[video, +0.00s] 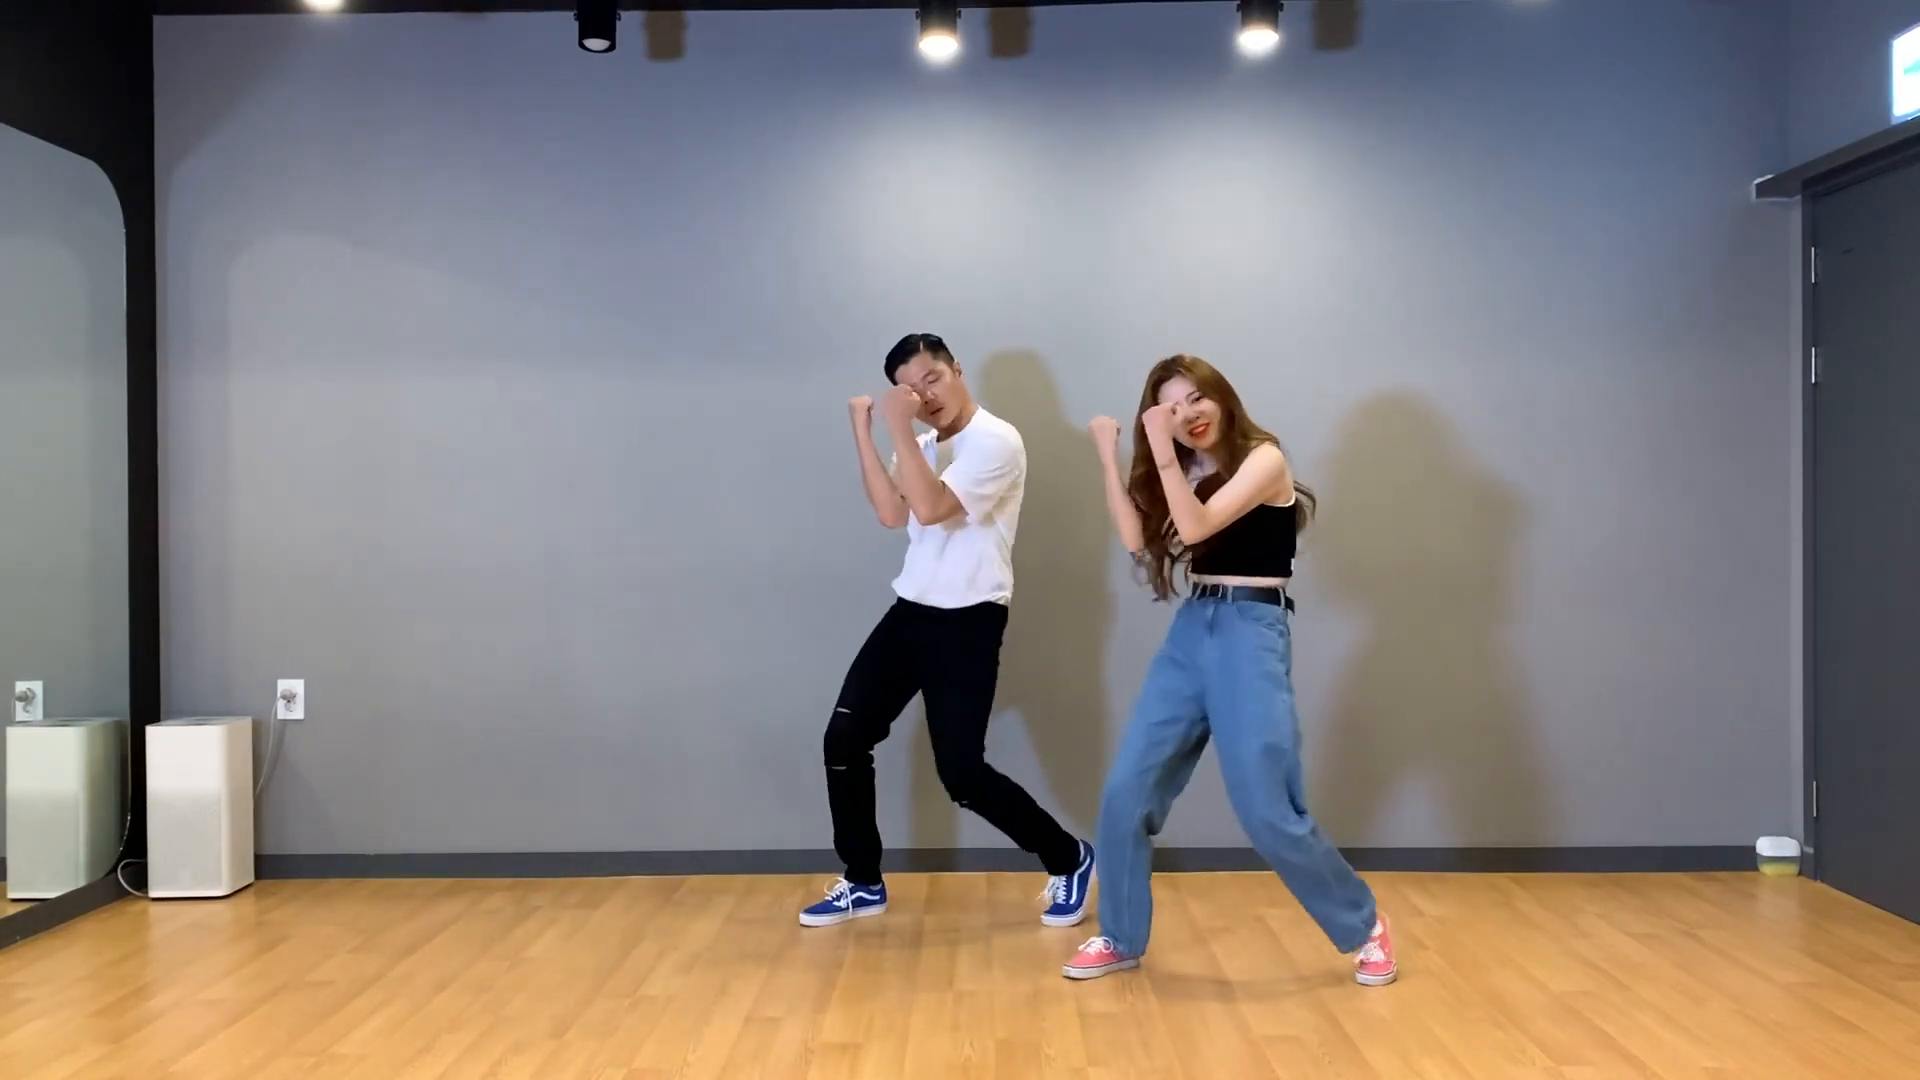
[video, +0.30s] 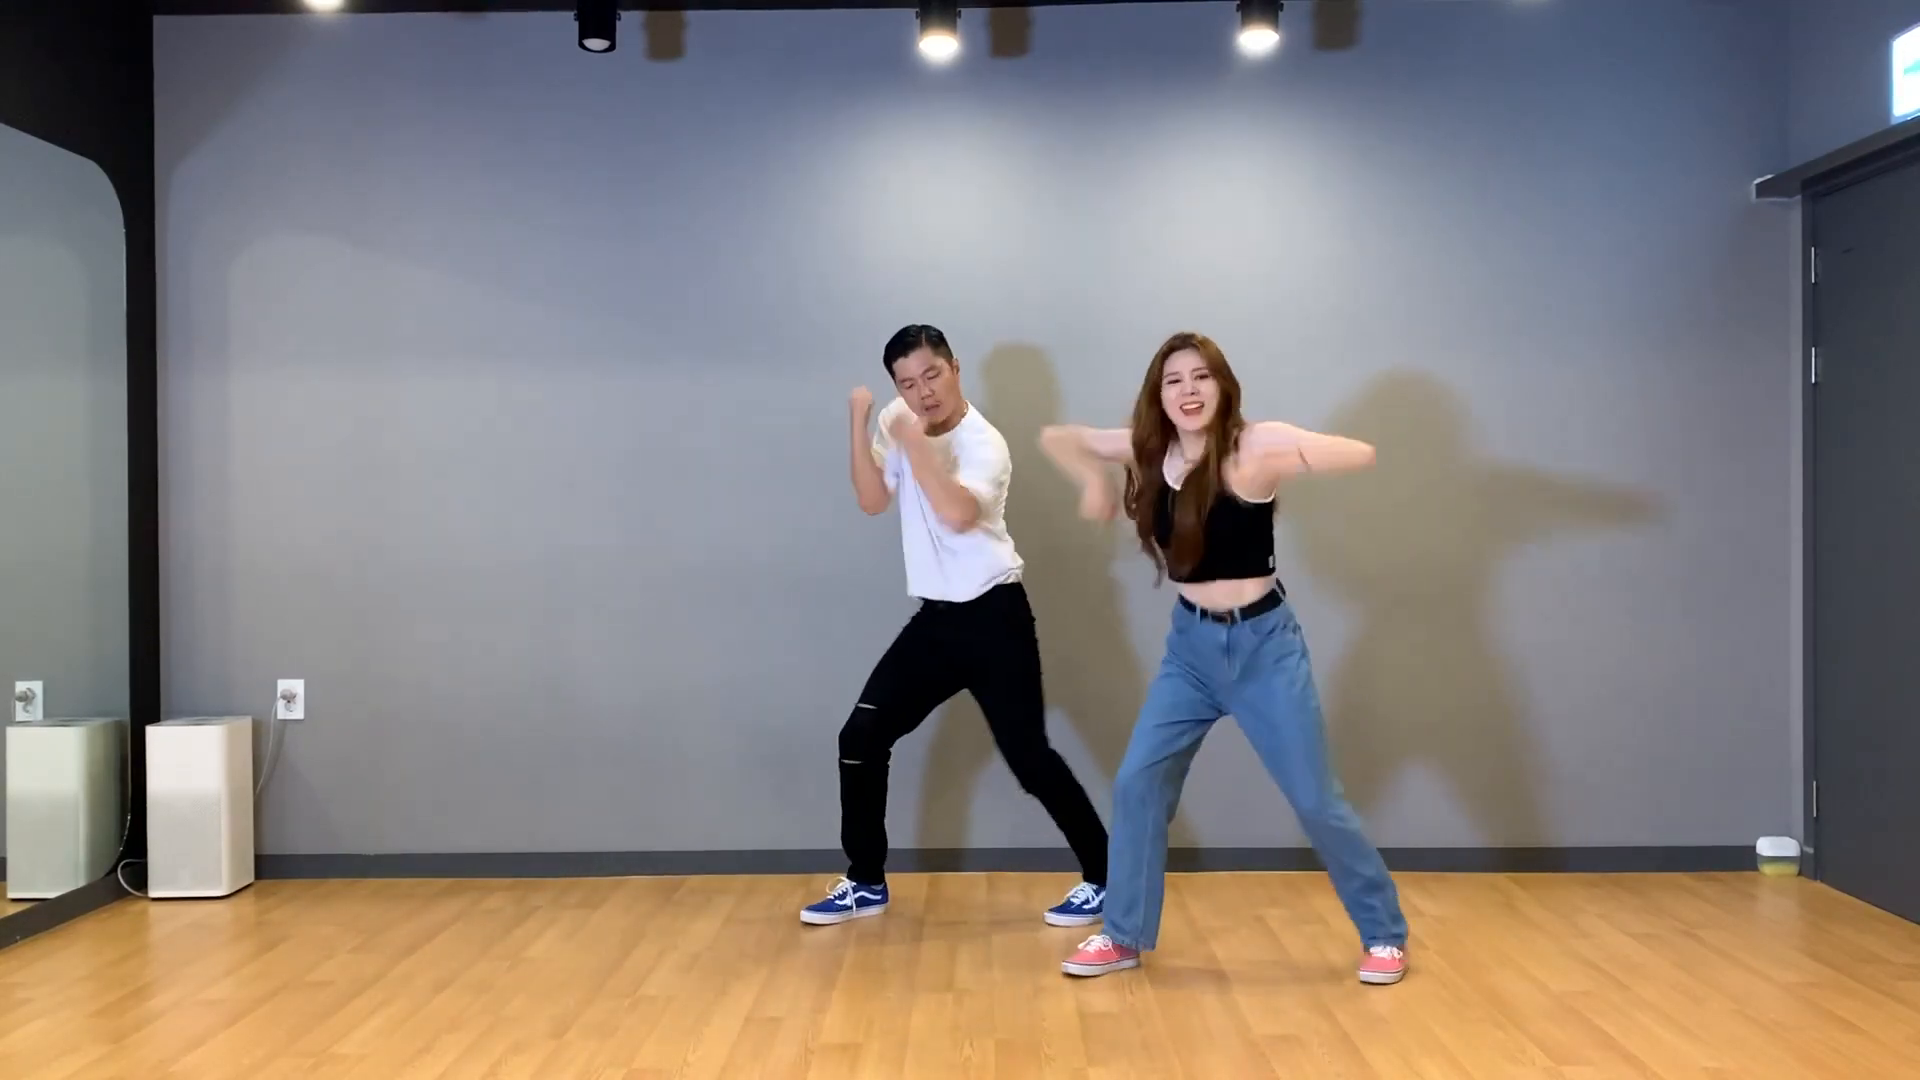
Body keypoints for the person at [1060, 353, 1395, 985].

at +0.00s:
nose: (1191, 415)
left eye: (1198, 398)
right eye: (1175, 410)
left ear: (1223, 398)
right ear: (1164, 422)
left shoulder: (1266, 459)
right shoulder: (1182, 472)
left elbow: (1195, 527)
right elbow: (1135, 537)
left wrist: (1161, 447)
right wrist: (1108, 455)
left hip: (1251, 629)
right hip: (1192, 626)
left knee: (1263, 808)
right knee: (1127, 789)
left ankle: (1364, 924)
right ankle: (1121, 938)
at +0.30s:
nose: (1189, 390)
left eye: (1201, 377)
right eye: (1175, 381)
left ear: (1223, 385)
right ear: (1159, 394)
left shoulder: (1256, 446)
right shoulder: (1147, 447)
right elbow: (1054, 437)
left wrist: (1293, 456)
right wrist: (1094, 476)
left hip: (1265, 644)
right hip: (1190, 645)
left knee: (1316, 800)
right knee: (1138, 782)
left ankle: (1383, 934)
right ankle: (1125, 934)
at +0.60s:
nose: (1233, 400)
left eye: (1245, 386)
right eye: (1219, 390)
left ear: (1265, 394)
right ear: (1203, 403)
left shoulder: (1286, 442)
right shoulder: (1183, 469)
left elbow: (1309, 530)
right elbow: (1154, 579)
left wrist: (1313, 609)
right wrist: (1165, 670)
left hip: (1271, 637)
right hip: (1194, 638)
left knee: (1323, 796)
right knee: (1130, 784)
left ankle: (1337, 935)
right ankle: (1071, 914)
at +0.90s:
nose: (1233, 383)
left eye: (1244, 369)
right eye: (1218, 373)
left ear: (1262, 372)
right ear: (1198, 382)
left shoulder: (1289, 429)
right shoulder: (1177, 443)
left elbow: (1339, 505)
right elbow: (1115, 525)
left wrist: (1309, 582)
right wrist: (1139, 620)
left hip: (1264, 623)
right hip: (1187, 620)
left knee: (1306, 775)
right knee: (1140, 777)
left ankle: (1341, 936)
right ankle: (1089, 919)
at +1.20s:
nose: (1208, 400)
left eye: (1221, 388)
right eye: (1194, 389)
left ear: (1239, 394)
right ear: (1175, 397)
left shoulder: (1261, 467)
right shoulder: (1144, 457)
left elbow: (1343, 544)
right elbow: (1110, 533)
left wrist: (1289, 607)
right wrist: (1130, 622)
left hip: (1252, 635)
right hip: (1174, 642)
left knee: (1330, 779)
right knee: (1127, 796)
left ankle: (1381, 917)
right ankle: (1115, 927)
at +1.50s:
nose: (1227, 392)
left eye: (1239, 380)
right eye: (1213, 380)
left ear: (1254, 388)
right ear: (1192, 388)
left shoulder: (1278, 450)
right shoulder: (1163, 451)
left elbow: (1318, 527)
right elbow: (1116, 532)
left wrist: (1350, 609)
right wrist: (1081, 615)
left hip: (1256, 624)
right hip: (1175, 621)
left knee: (1310, 772)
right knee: (1132, 764)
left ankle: (1353, 917)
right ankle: (1108, 921)